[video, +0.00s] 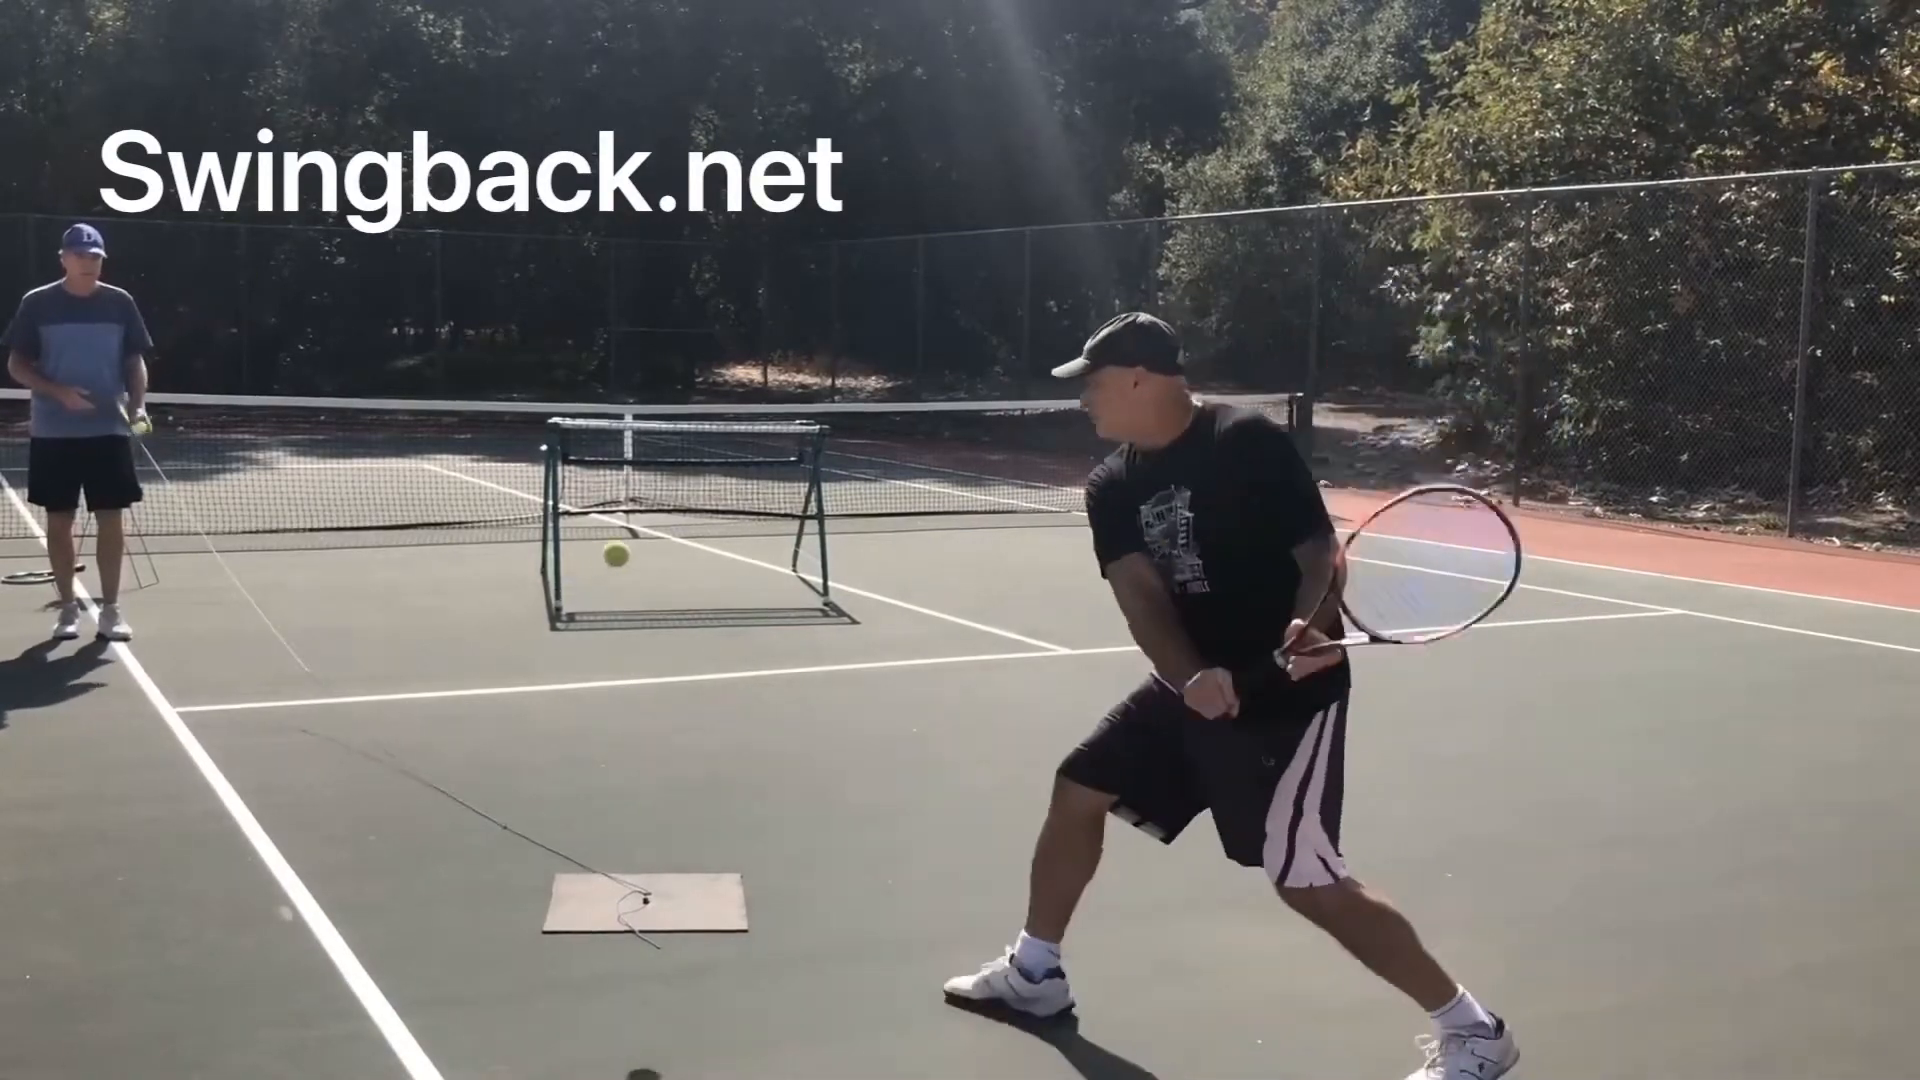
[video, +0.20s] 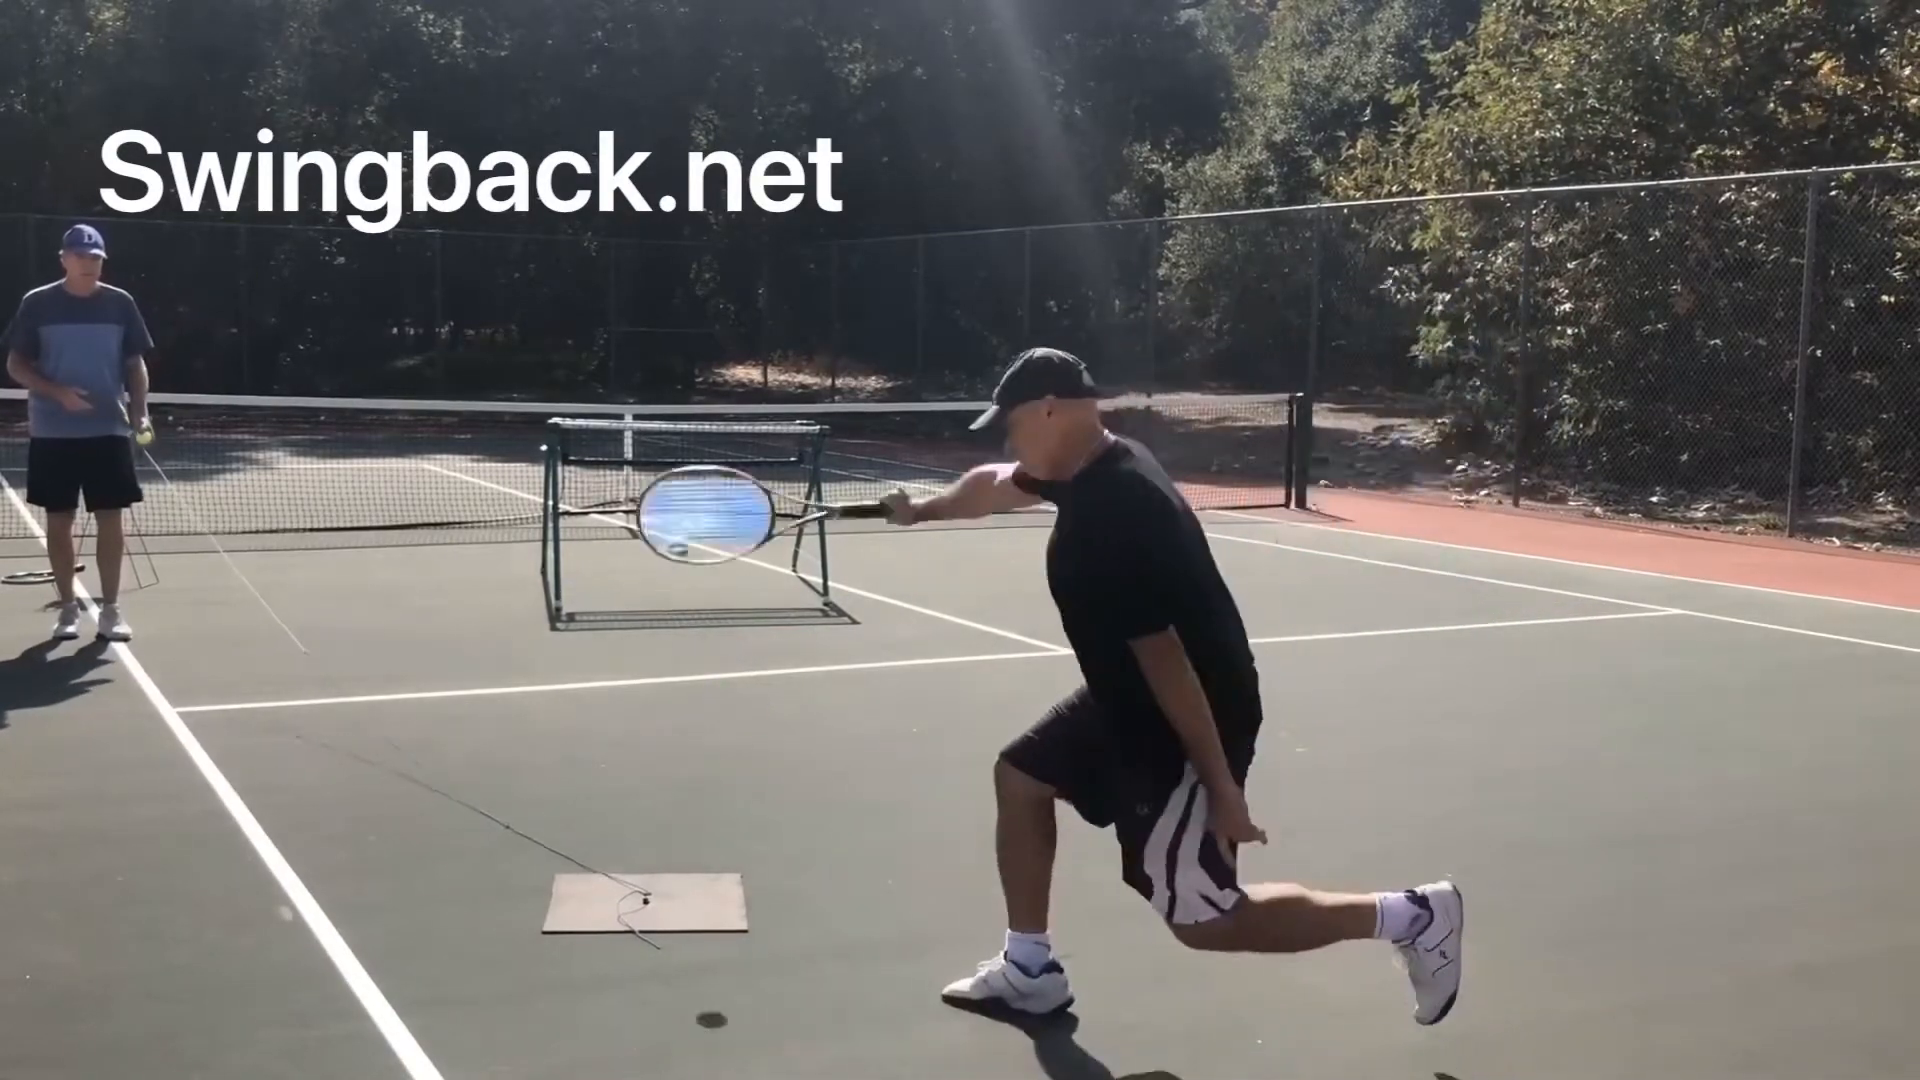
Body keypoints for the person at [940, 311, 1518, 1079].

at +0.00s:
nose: (1084, 402)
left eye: (1095, 385)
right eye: (1084, 387)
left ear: (1147, 379)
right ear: (1131, 385)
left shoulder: (1252, 443)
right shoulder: (1113, 485)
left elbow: (1322, 556)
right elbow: (1138, 595)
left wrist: (1309, 624)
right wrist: (1189, 674)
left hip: (1291, 687)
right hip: (1195, 684)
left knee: (1304, 875)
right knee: (1081, 785)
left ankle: (1471, 1029)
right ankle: (1035, 968)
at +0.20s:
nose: (1010, 440)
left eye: (1015, 424)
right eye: (1009, 426)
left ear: (1053, 414)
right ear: (1059, 409)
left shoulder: (1107, 510)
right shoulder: (1096, 465)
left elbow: (1165, 660)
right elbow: (993, 485)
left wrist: (1222, 787)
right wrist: (922, 507)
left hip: (1189, 725)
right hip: (1132, 697)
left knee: (1203, 917)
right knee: (1023, 772)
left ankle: (1413, 917)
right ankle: (1029, 966)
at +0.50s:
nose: (1009, 409)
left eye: (1011, 393)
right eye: (1008, 394)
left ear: (1044, 388)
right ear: (1084, 379)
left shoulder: (1060, 497)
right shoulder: (1170, 408)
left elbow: (1080, 655)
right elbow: (1297, 325)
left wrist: (1090, 793)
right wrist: (1408, 260)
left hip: (1202, 687)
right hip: (1236, 652)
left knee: (1131, 875)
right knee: (1081, 794)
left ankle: (1271, 1046)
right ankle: (1036, 966)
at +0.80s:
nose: (1145, 324)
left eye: (1150, 310)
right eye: (1148, 309)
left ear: (1173, 315)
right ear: (1227, 312)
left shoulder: (1146, 426)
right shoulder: (1300, 374)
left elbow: (1111, 571)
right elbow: (1443, 401)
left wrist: (1041, 660)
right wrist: (1523, 357)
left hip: (1260, 657)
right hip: (1347, 638)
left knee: (1216, 834)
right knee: (1231, 799)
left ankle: (1288, 1060)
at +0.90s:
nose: (1187, 313)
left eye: (1192, 300)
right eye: (1192, 299)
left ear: (1214, 305)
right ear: (1267, 303)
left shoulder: (1189, 414)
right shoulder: (1342, 378)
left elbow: (1160, 559)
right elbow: (1456, 452)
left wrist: (1104, 641)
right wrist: (1492, 444)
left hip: (1270, 656)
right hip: (1366, 638)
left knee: (1252, 851)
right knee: (1311, 796)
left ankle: (1291, 1064)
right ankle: (1387, 967)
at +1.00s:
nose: (1227, 321)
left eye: (1231, 308)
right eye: (1230, 307)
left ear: (1252, 314)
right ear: (1307, 313)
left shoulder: (1235, 418)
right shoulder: (1379, 396)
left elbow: (1221, 567)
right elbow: (1464, 512)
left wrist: (1173, 635)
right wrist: (1440, 545)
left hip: (1293, 668)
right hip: (1391, 656)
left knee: (1262, 850)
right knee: (1382, 815)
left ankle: (1291, 1061)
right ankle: (1480, 989)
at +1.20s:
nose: (1257, 290)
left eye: (1264, 278)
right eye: (1261, 277)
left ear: (1290, 287)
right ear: (1339, 289)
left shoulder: (1273, 383)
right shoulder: (1404, 371)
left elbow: (1279, 522)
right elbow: (1459, 493)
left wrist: (1242, 581)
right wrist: (1390, 550)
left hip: (1319, 633)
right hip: (1418, 631)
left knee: (1242, 784)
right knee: (1426, 804)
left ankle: (1281, 1001)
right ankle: (1485, 987)